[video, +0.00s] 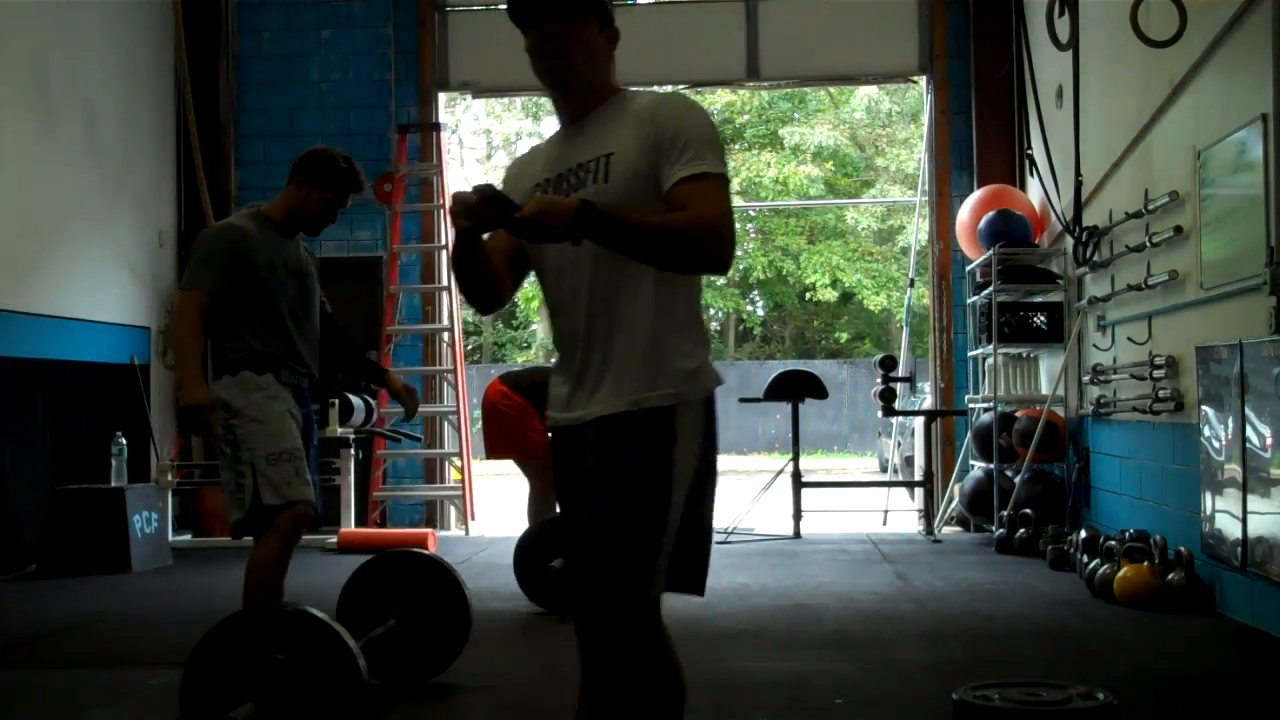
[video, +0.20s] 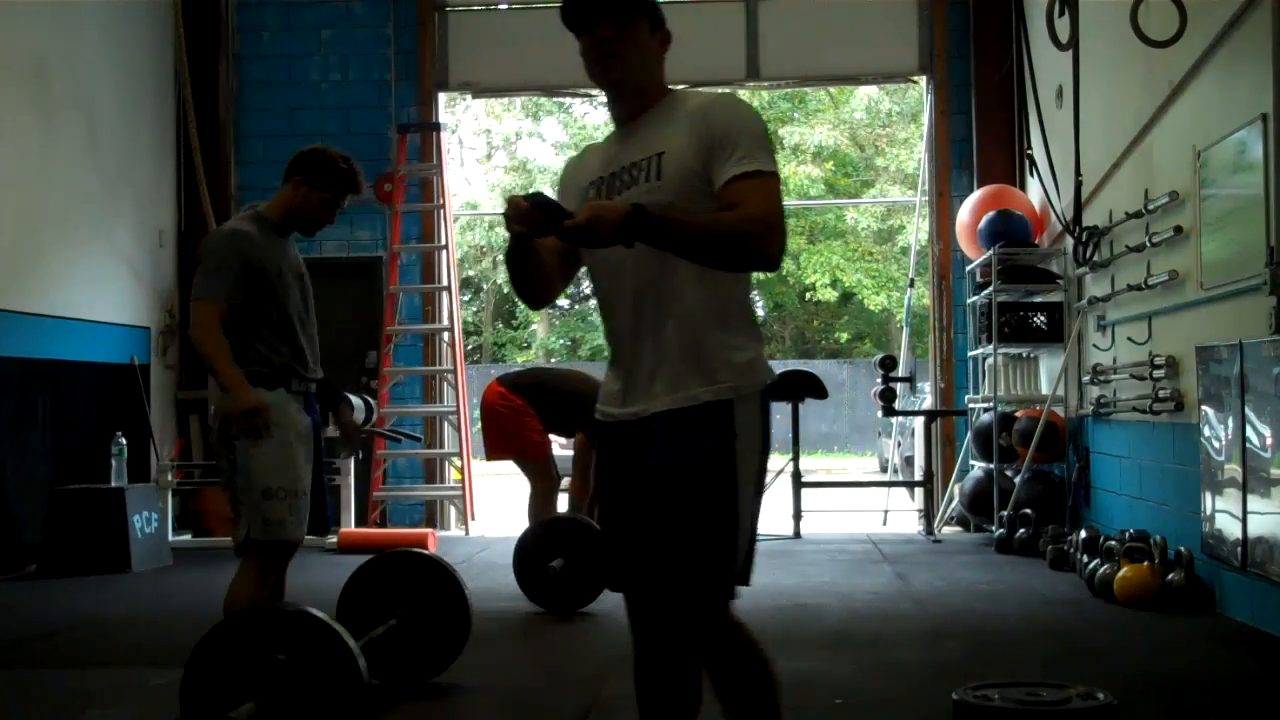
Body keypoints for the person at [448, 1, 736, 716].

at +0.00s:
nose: (546, 47)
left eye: (563, 29)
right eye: (534, 36)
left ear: (609, 35)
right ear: (526, 48)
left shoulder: (668, 117)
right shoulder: (528, 172)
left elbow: (713, 244)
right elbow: (489, 296)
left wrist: (582, 218)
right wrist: (465, 236)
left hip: (660, 399)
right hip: (576, 408)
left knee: (625, 613)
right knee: (602, 616)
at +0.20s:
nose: (600, 49)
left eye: (616, 31)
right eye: (588, 38)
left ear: (660, 36)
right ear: (581, 51)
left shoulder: (720, 118)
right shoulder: (583, 171)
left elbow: (764, 242)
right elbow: (541, 290)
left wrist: (635, 221)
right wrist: (525, 240)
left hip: (715, 396)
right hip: (628, 405)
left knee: (702, 613)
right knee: (651, 618)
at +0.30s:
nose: (636, 44)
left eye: (652, 27)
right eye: (625, 33)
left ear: (693, 36)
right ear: (616, 48)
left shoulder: (753, 122)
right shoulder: (613, 170)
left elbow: (793, 249)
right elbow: (568, 290)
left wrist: (665, 225)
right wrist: (554, 242)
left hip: (746, 402)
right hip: (650, 412)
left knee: (762, 608)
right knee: (660, 619)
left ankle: (841, 712)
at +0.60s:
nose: (759, 49)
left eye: (776, 32)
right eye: (745, 37)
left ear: (812, 46)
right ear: (732, 54)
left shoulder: (870, 138)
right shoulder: (719, 166)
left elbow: (907, 264)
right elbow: (663, 295)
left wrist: (789, 246)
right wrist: (667, 250)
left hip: (861, 419)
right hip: (753, 423)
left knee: (910, 616)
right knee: (715, 619)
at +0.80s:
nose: (820, 46)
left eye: (838, 28)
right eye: (805, 31)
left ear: (876, 38)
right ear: (791, 46)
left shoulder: (936, 134)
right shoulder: (775, 158)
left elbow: (971, 267)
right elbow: (729, 285)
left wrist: (854, 241)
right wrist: (724, 248)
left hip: (910, 411)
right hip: (803, 409)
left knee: (932, 608)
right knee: (758, 594)